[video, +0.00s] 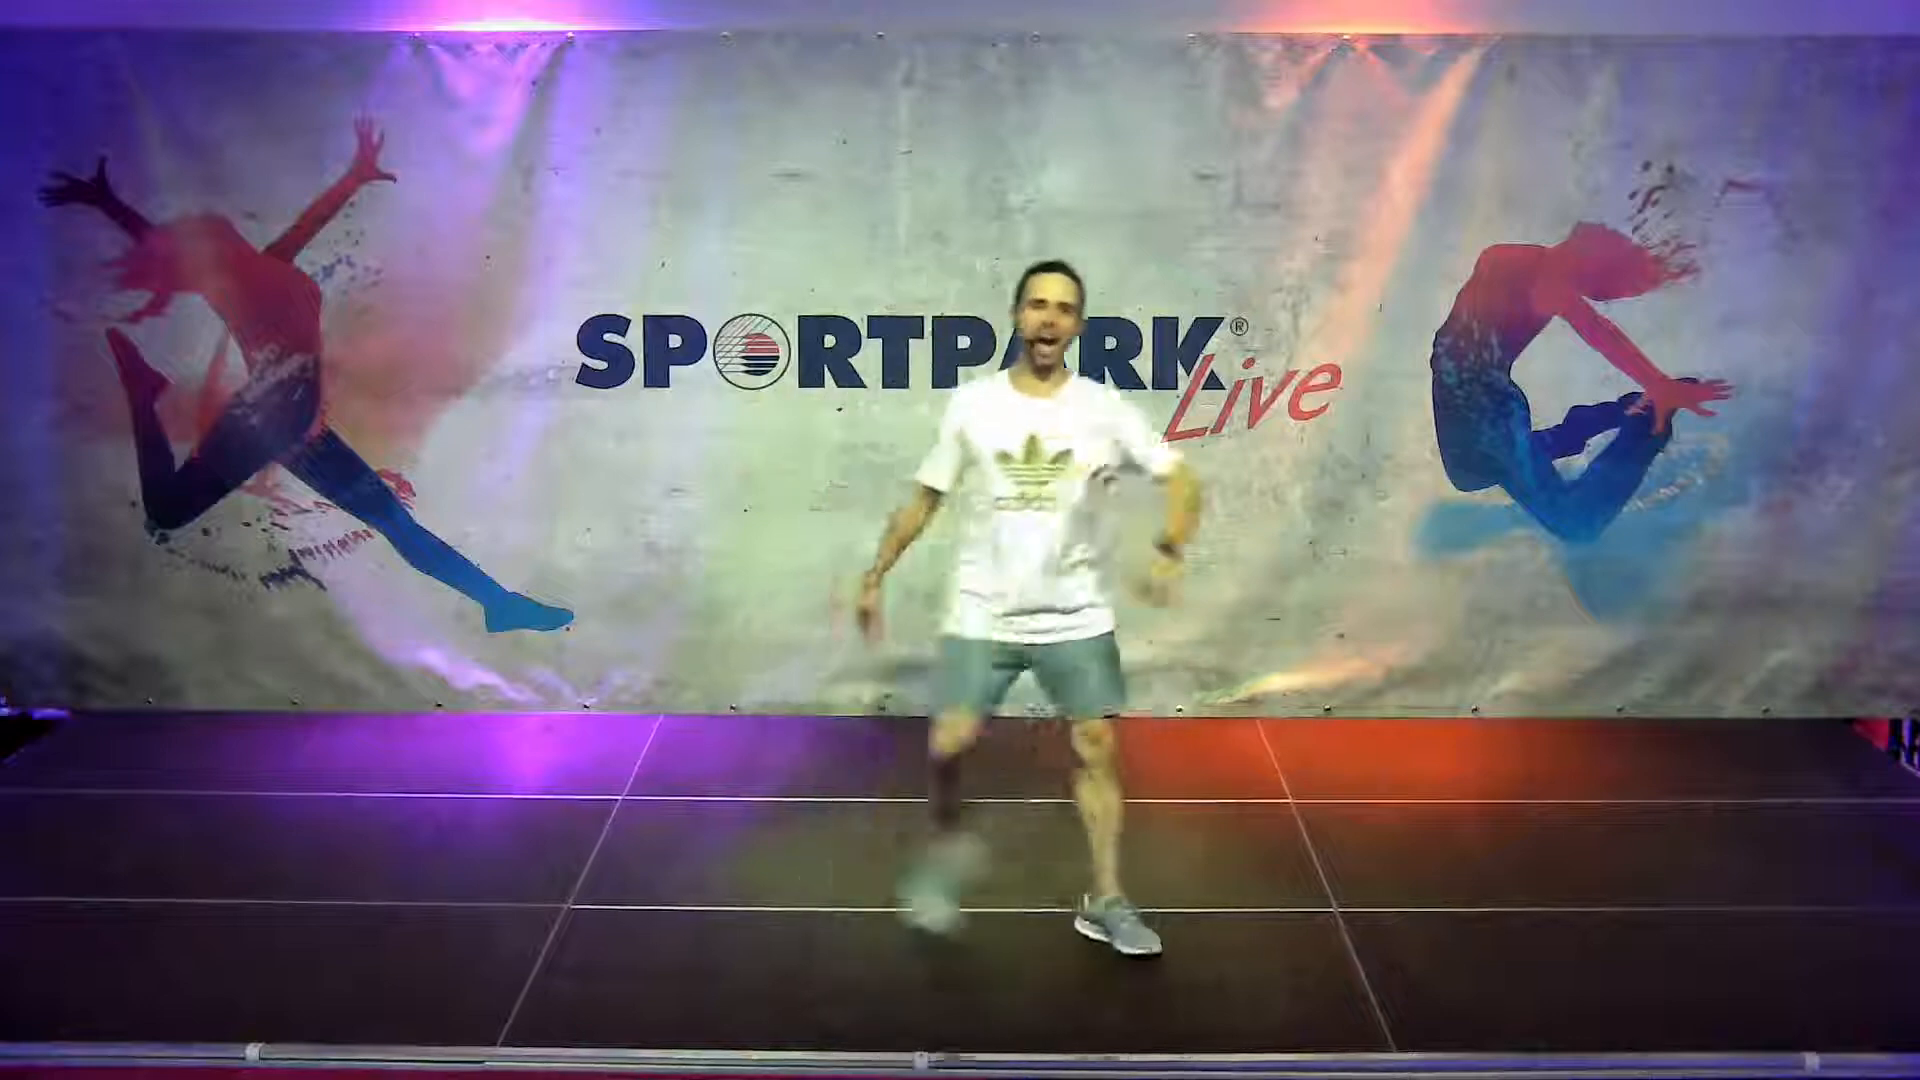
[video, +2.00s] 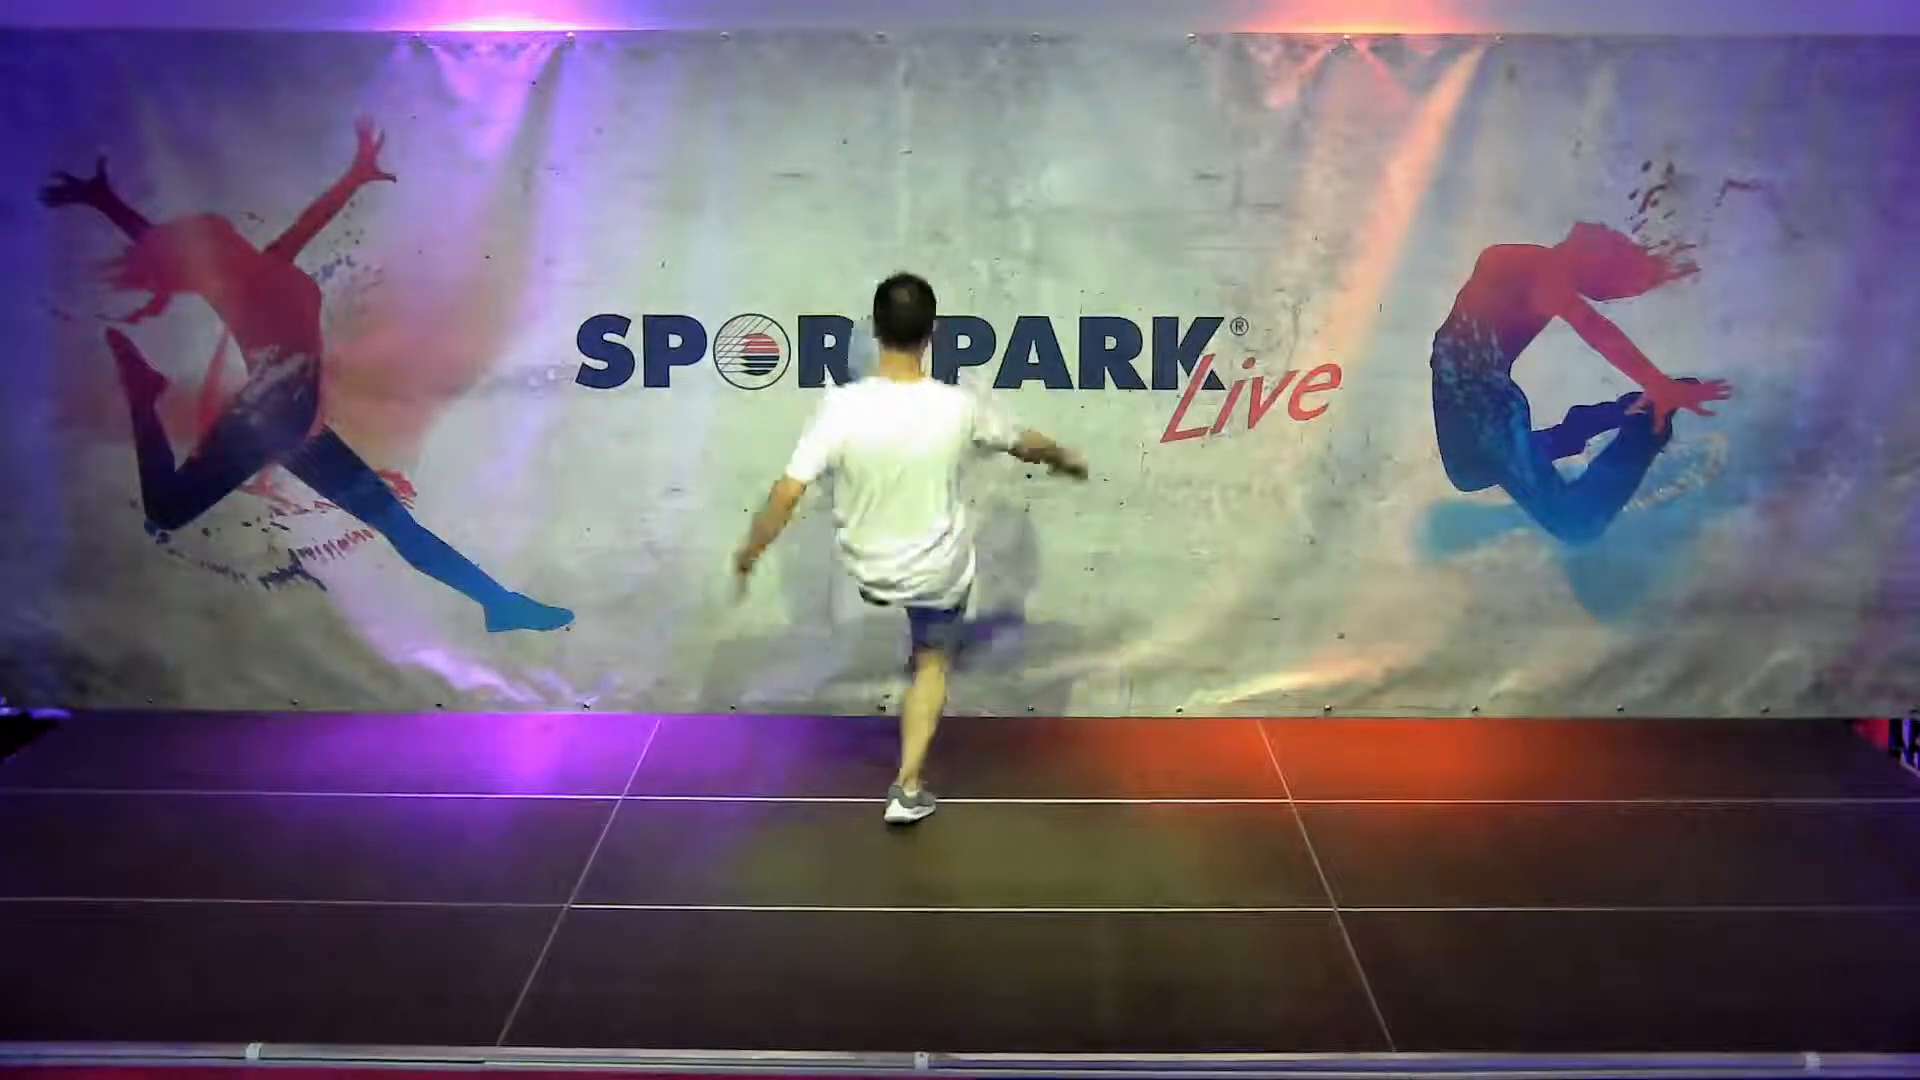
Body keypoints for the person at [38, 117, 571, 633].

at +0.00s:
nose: (166, 291)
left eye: (169, 269)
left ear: (198, 251)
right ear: (195, 246)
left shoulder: (264, 271)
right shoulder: (229, 271)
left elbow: (305, 224)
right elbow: (159, 245)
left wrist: (357, 175)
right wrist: (105, 202)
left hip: (299, 425)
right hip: (266, 418)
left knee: (389, 515)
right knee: (167, 510)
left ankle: (500, 602)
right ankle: (140, 390)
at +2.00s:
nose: (191, 283)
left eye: (190, 264)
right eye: (191, 262)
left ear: (208, 255)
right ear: (208, 251)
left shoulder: (263, 269)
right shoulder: (240, 279)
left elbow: (311, 221)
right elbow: (160, 246)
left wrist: (358, 175)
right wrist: (104, 201)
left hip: (297, 426)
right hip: (262, 422)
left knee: (387, 513)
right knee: (166, 510)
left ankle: (500, 602)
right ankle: (141, 394)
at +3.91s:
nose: (172, 288)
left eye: (172, 267)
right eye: (168, 270)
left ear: (201, 252)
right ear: (199, 249)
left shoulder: (262, 268)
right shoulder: (233, 275)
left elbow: (307, 223)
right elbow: (160, 242)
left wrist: (358, 175)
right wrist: (106, 203)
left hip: (298, 426)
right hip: (264, 421)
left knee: (389, 516)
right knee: (166, 511)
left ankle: (500, 602)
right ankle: (142, 395)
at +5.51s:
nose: (219, 245)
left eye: (214, 237)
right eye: (206, 245)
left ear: (224, 240)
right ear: (198, 261)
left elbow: (313, 218)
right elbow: (157, 246)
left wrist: (358, 174)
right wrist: (100, 197)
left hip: (299, 427)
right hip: (257, 426)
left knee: (395, 521)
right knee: (166, 508)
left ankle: (508, 609)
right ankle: (141, 393)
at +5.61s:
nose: (171, 288)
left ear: (210, 249)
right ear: (210, 247)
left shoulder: (268, 266)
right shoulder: (233, 279)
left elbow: (312, 219)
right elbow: (156, 244)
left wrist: (359, 173)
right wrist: (102, 198)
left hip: (294, 425)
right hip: (262, 423)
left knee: (389, 515)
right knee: (167, 513)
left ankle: (497, 598)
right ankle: (140, 393)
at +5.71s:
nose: (176, 292)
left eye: (177, 274)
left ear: (213, 250)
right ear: (214, 247)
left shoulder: (268, 265)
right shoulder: (237, 280)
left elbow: (311, 220)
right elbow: (158, 247)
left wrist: (358, 174)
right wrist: (104, 199)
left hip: (296, 425)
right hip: (263, 423)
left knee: (391, 517)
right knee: (167, 513)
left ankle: (497, 598)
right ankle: (141, 395)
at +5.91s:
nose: (181, 283)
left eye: (177, 266)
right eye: (174, 268)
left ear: (202, 257)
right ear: (199, 255)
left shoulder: (267, 272)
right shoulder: (236, 277)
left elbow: (308, 222)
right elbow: (154, 243)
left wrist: (358, 175)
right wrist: (103, 197)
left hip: (300, 428)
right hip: (260, 426)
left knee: (395, 519)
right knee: (166, 508)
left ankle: (498, 600)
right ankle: (138, 390)